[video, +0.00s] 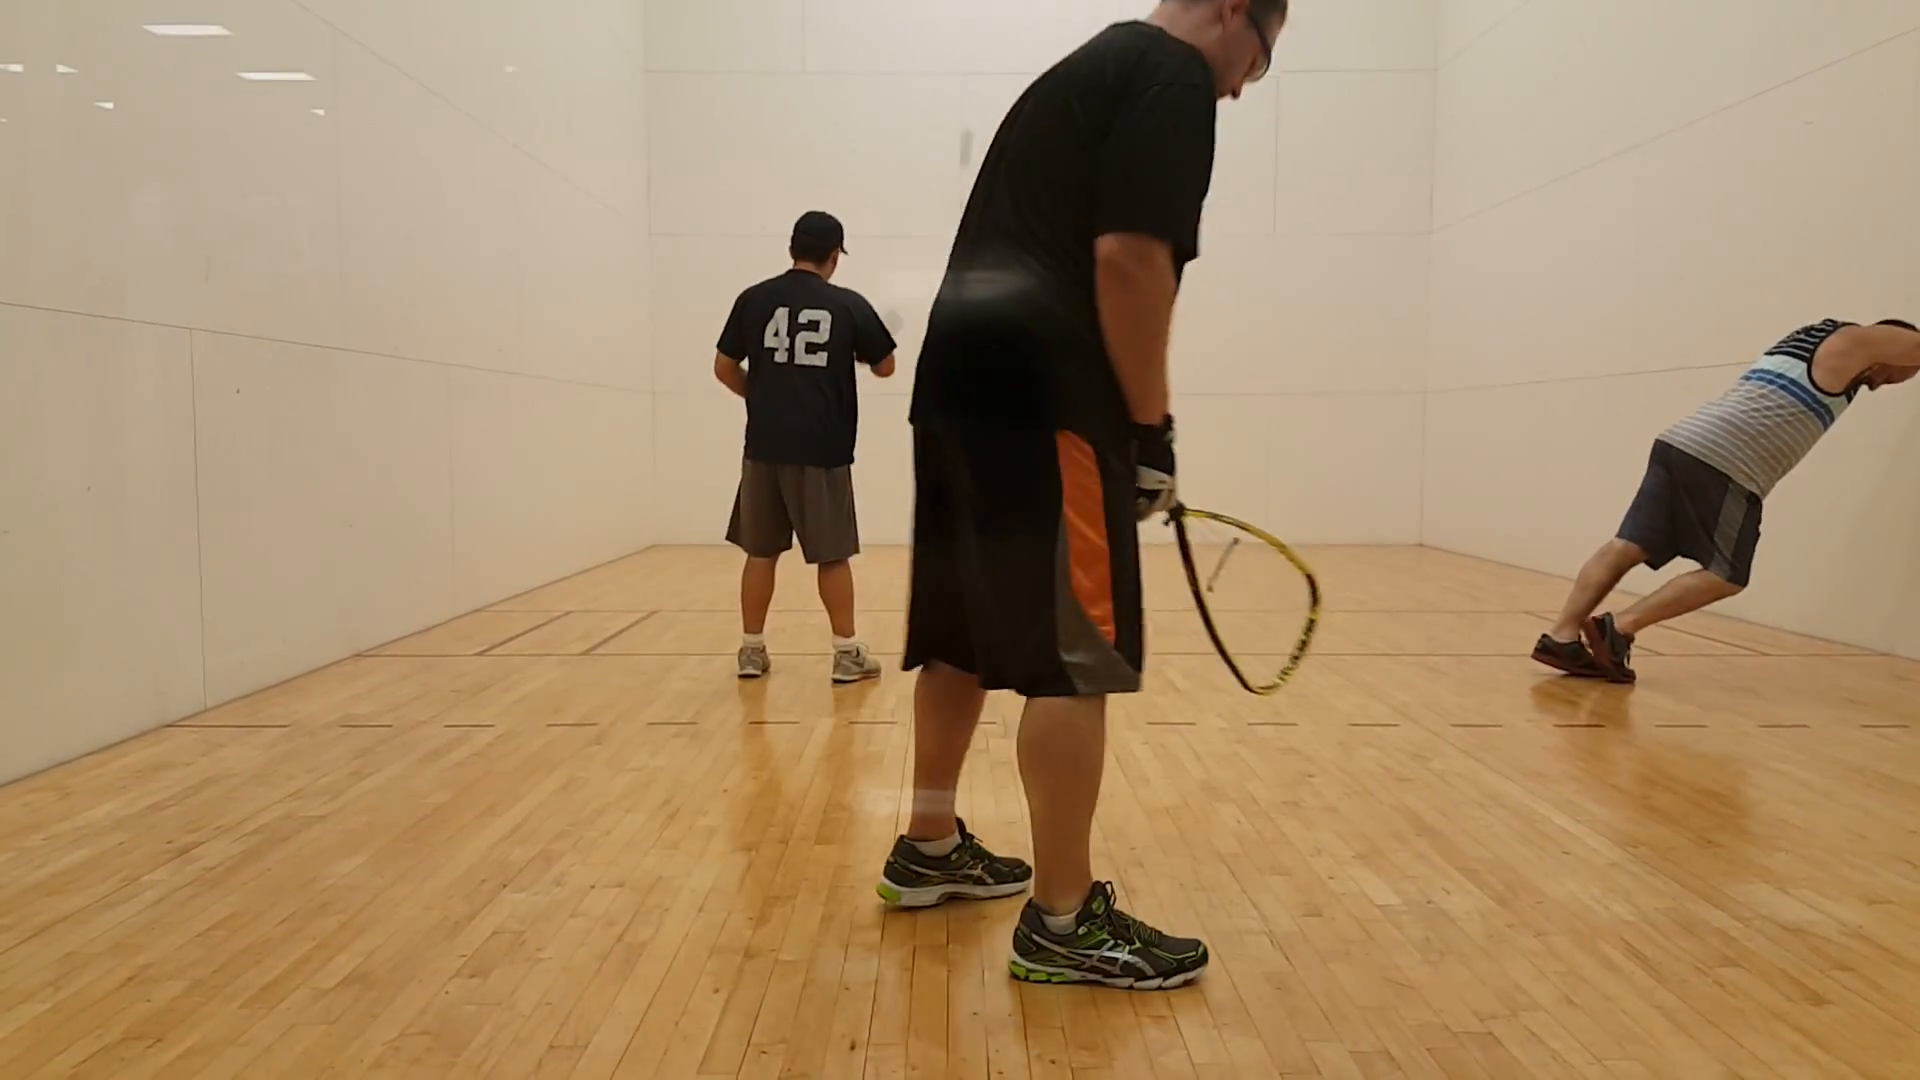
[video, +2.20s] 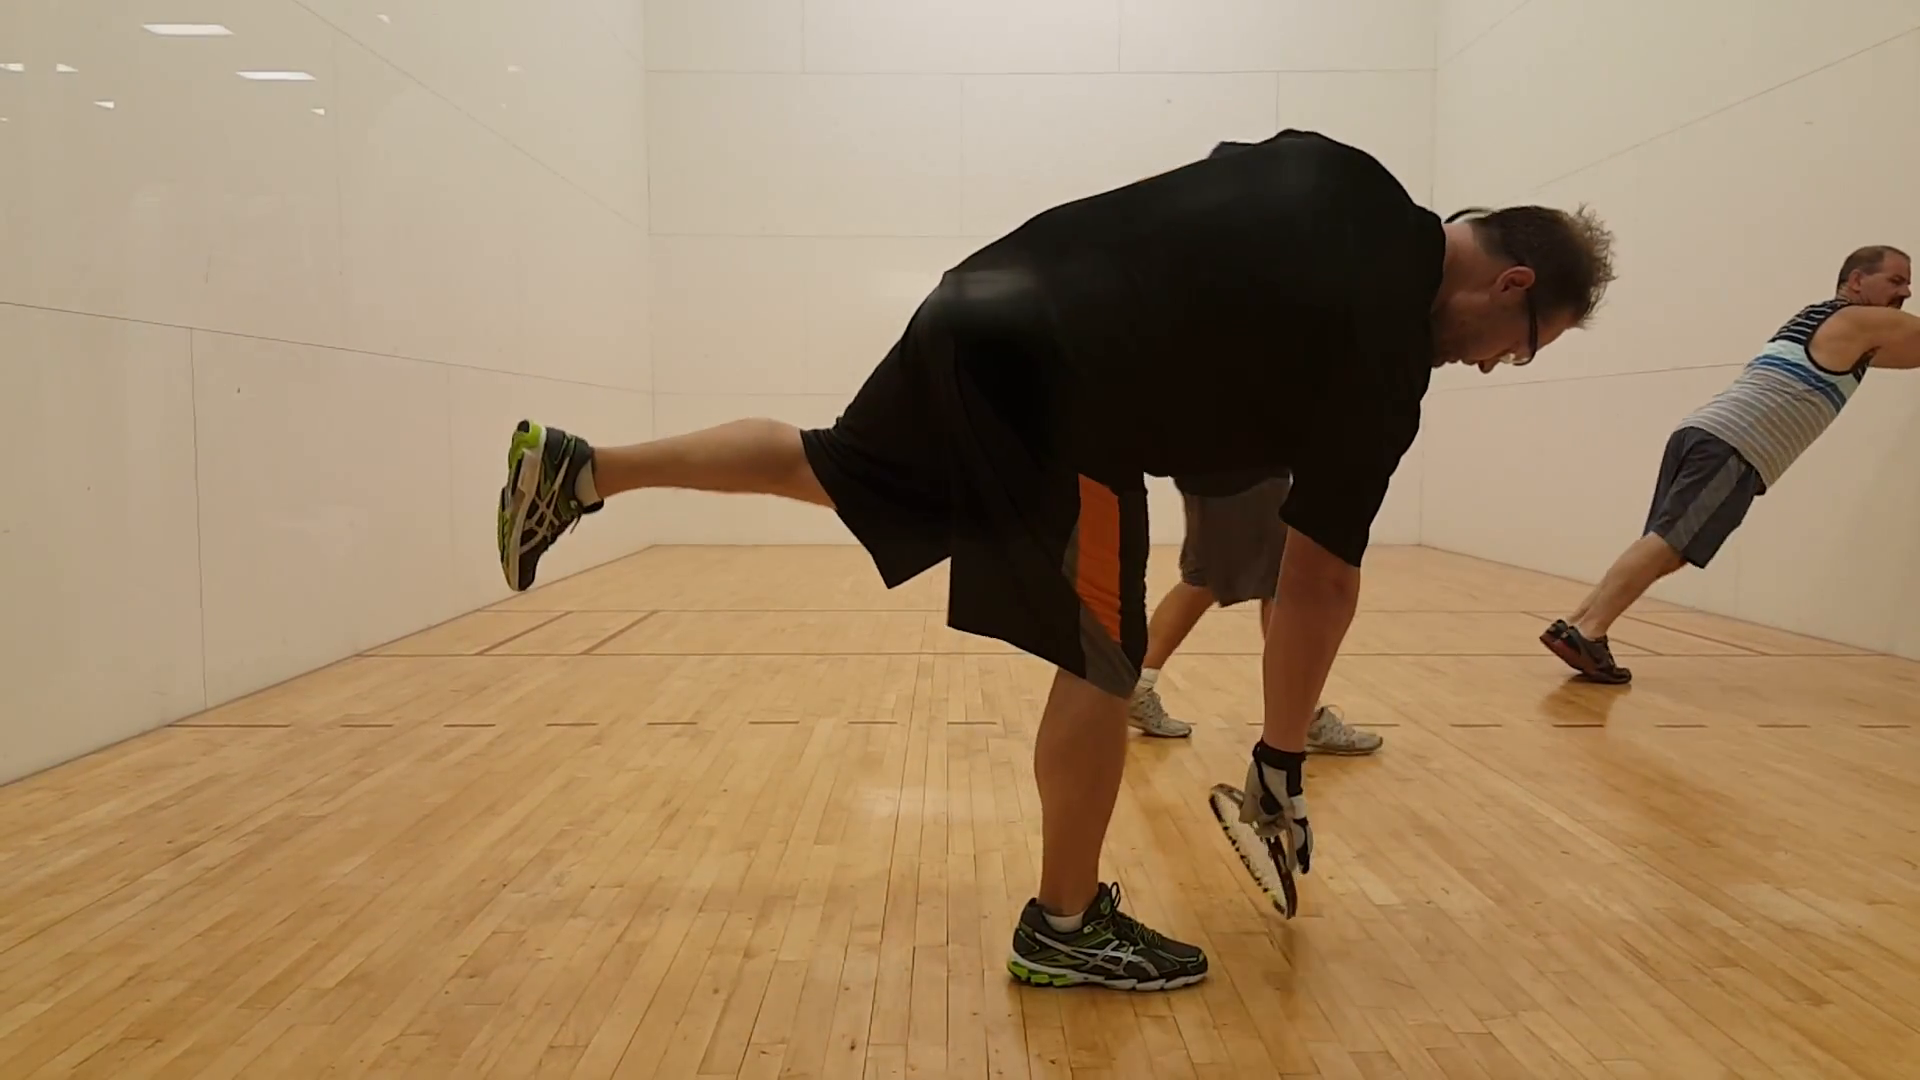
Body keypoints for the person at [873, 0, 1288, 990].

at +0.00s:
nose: (1252, 81)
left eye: (1261, 66)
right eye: (1259, 56)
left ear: (1185, 7)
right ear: (1229, 11)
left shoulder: (1085, 70)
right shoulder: (1170, 78)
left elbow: (1035, 257)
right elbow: (1130, 259)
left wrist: (1117, 428)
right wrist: (1152, 426)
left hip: (958, 390)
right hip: (1046, 397)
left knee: (958, 619)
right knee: (1074, 658)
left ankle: (928, 842)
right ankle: (1065, 917)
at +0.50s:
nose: (1385, 34)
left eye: (1394, 21)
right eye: (1390, 11)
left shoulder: (1181, 22)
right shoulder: (1266, 60)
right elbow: (1206, 280)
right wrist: (1201, 472)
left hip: (1007, 371)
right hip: (1098, 403)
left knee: (951, 593)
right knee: (1082, 665)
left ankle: (811, 786)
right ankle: (1065, 916)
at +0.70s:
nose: (1443, 67)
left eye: (1458, 48)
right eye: (1455, 36)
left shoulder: (1216, 22)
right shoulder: (1327, 89)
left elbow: (1120, 208)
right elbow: (1261, 323)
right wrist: (1228, 519)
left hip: (1001, 345)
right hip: (1102, 397)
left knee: (912, 552)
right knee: (1087, 664)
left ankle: (721, 696)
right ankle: (1065, 918)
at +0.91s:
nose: (1489, 139)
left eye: (1509, 124)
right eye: (1505, 112)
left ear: (1440, 32)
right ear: (1474, 51)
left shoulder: (1259, 31)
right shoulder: (1379, 192)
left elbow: (1102, 130)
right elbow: (1321, 420)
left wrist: (1068, 271)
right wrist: (1286, 612)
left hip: (978, 311)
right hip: (1098, 388)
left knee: (864, 487)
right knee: (1130, 654)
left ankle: (650, 587)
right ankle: (1080, 917)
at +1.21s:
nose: (1508, 262)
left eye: (1532, 247)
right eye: (1530, 238)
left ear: (1476, 131)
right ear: (1504, 181)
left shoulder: (1313, 87)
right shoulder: (1374, 291)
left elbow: (1147, 142)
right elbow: (1316, 508)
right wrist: (1289, 690)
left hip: (979, 291)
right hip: (1066, 392)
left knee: (823, 409)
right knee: (1093, 651)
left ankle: (593, 430)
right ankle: (1068, 919)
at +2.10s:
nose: (1496, 352)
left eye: (1518, 339)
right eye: (1520, 329)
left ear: (1479, 229)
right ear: (1506, 267)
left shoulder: (1329, 155)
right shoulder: (1382, 348)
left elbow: (1153, 183)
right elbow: (1314, 574)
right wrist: (1279, 753)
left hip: (982, 296)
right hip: (1067, 385)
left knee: (840, 455)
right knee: (1089, 646)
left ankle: (585, 451)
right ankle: (1063, 921)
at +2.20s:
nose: (1494, 365)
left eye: (1515, 353)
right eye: (1517, 342)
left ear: (1481, 245)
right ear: (1505, 279)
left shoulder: (1331, 168)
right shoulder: (1380, 356)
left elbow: (1189, 250)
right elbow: (1316, 585)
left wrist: (1231, 508)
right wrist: (1281, 757)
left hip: (978, 302)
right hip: (1064, 391)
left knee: (843, 466)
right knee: (1103, 658)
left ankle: (584, 468)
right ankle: (1064, 923)